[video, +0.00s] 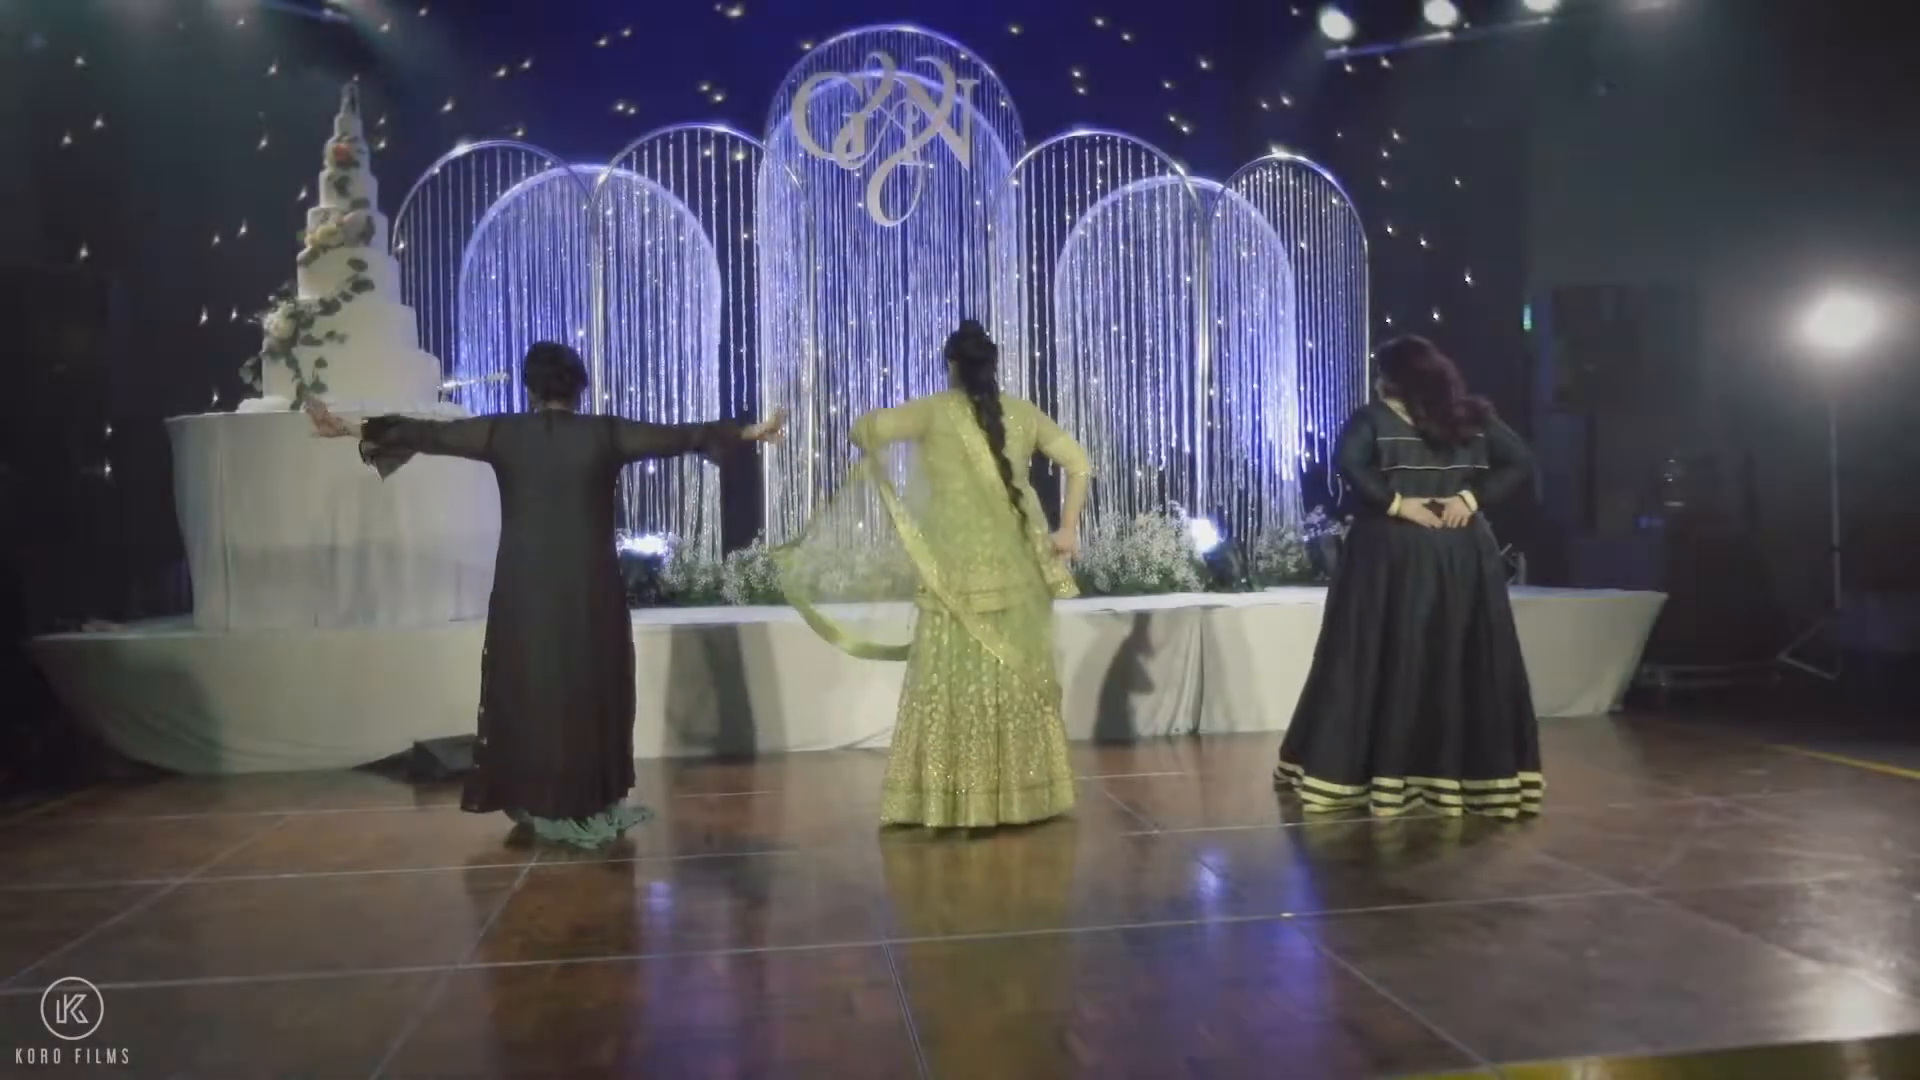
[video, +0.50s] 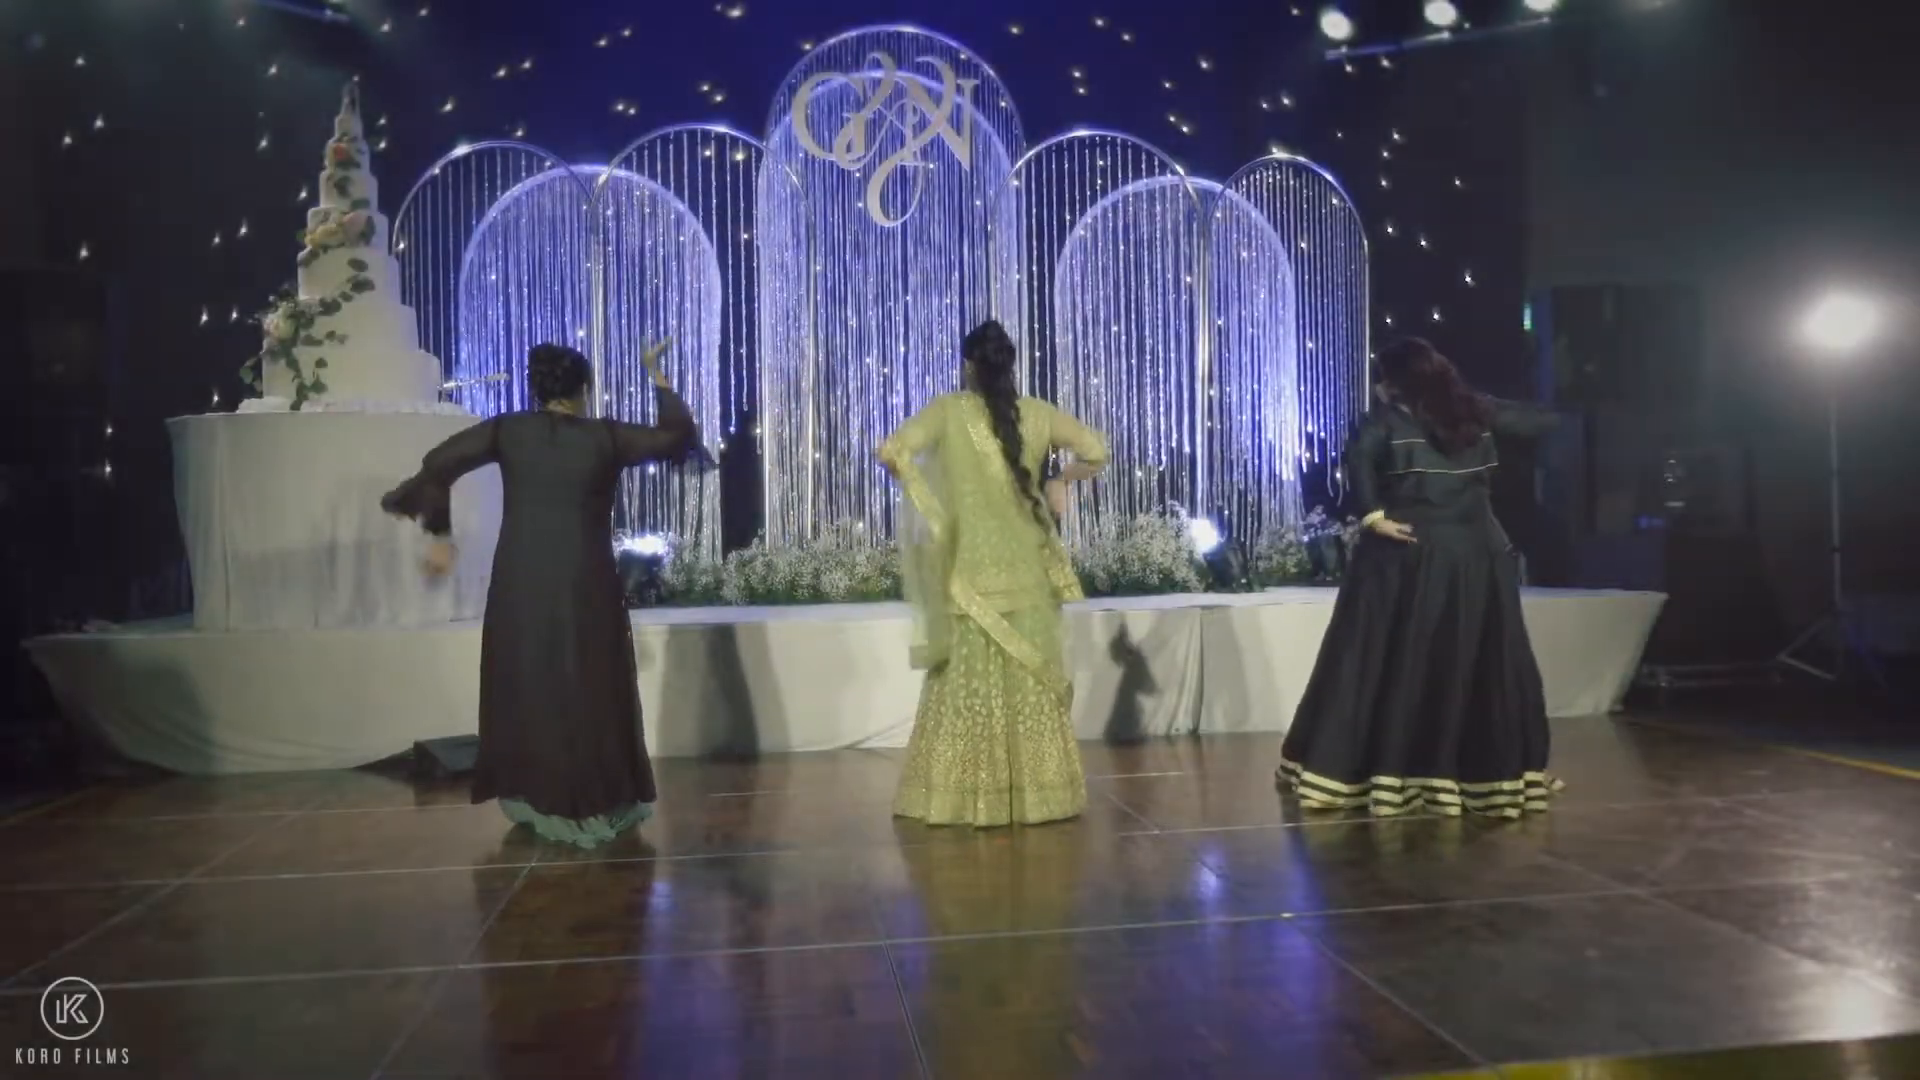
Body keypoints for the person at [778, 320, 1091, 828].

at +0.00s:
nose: (950, 369)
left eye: (949, 362)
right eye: (959, 361)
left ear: (950, 366)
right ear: (993, 365)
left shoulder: (934, 411)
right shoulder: (1022, 414)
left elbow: (868, 428)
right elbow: (1079, 464)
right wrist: (1069, 529)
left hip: (956, 580)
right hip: (1019, 578)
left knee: (955, 694)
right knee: (1019, 688)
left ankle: (959, 802)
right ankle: (1022, 800)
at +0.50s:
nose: (965, 369)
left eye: (965, 361)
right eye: (973, 360)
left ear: (966, 365)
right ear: (1011, 363)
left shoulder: (948, 410)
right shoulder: (1035, 411)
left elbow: (891, 452)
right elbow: (1097, 453)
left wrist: (933, 510)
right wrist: (1061, 481)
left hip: (972, 575)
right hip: (1030, 572)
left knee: (971, 691)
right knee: (1032, 687)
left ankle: (974, 798)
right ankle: (1034, 797)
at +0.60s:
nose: (963, 365)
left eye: (964, 358)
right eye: (972, 358)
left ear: (968, 362)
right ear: (1011, 362)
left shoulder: (946, 409)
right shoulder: (1037, 412)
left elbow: (889, 451)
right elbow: (1095, 441)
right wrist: (1052, 431)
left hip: (961, 568)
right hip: (1023, 568)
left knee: (965, 685)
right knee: (1028, 680)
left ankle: (968, 795)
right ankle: (1032, 794)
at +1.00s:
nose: (963, 366)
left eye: (964, 359)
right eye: (976, 359)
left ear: (967, 363)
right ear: (1010, 363)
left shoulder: (948, 407)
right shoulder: (1033, 414)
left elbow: (890, 445)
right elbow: (1090, 418)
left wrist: (922, 508)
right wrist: (1067, 375)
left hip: (964, 571)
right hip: (1023, 571)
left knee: (964, 689)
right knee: (1025, 686)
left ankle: (964, 797)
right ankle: (1024, 798)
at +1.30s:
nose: (963, 365)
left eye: (963, 358)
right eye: (974, 357)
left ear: (965, 362)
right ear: (1008, 361)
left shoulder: (947, 411)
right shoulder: (1036, 414)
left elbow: (894, 456)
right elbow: (1092, 441)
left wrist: (879, 435)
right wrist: (1075, 417)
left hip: (963, 571)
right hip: (1022, 571)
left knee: (963, 687)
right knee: (1024, 685)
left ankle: (966, 796)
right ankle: (1026, 798)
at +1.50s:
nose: (962, 364)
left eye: (962, 357)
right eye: (972, 356)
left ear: (964, 362)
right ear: (1007, 361)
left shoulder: (944, 408)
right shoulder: (1033, 408)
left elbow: (870, 413)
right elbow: (1093, 402)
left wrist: (857, 354)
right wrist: (1108, 355)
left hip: (960, 565)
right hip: (1022, 565)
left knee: (963, 684)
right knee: (1025, 681)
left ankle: (966, 796)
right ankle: (1028, 796)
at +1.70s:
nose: (968, 360)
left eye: (965, 353)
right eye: (984, 353)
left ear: (963, 362)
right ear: (1007, 364)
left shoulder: (938, 404)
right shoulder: (1025, 407)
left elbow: (896, 371)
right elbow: (1053, 365)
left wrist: (907, 311)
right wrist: (1048, 306)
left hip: (962, 564)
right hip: (1022, 561)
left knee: (961, 682)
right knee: (1024, 681)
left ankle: (962, 796)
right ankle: (1027, 795)